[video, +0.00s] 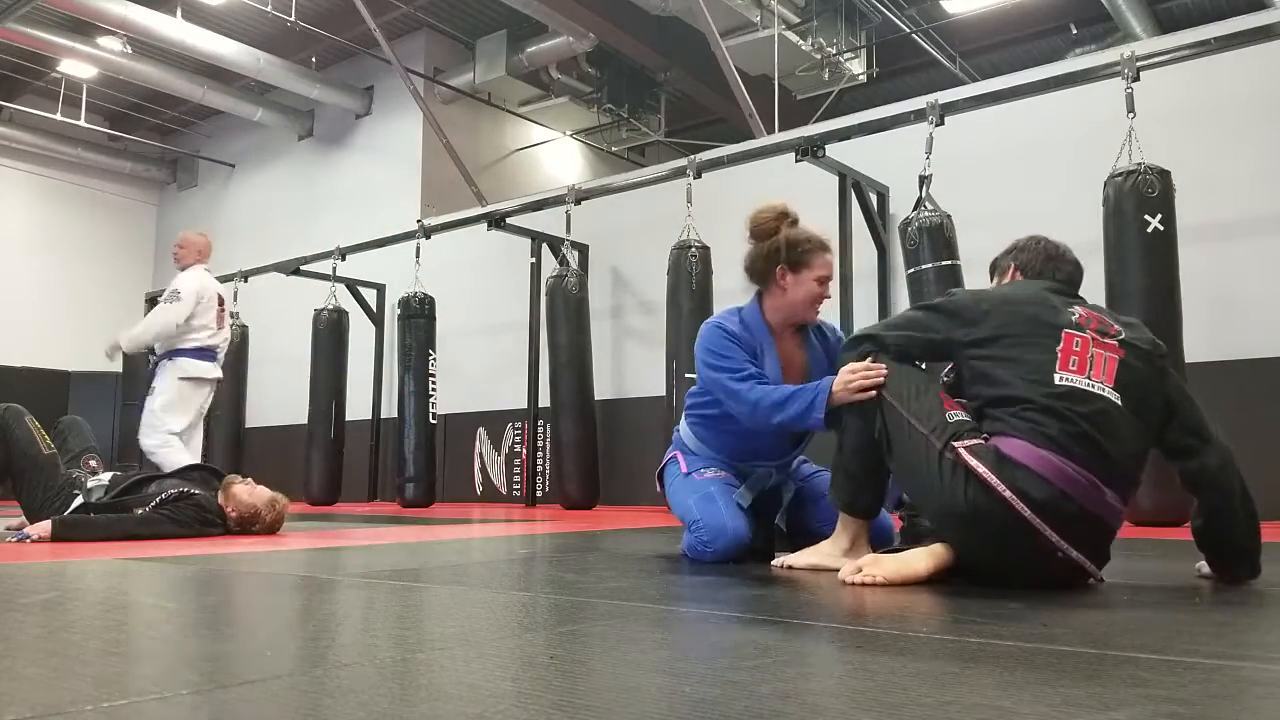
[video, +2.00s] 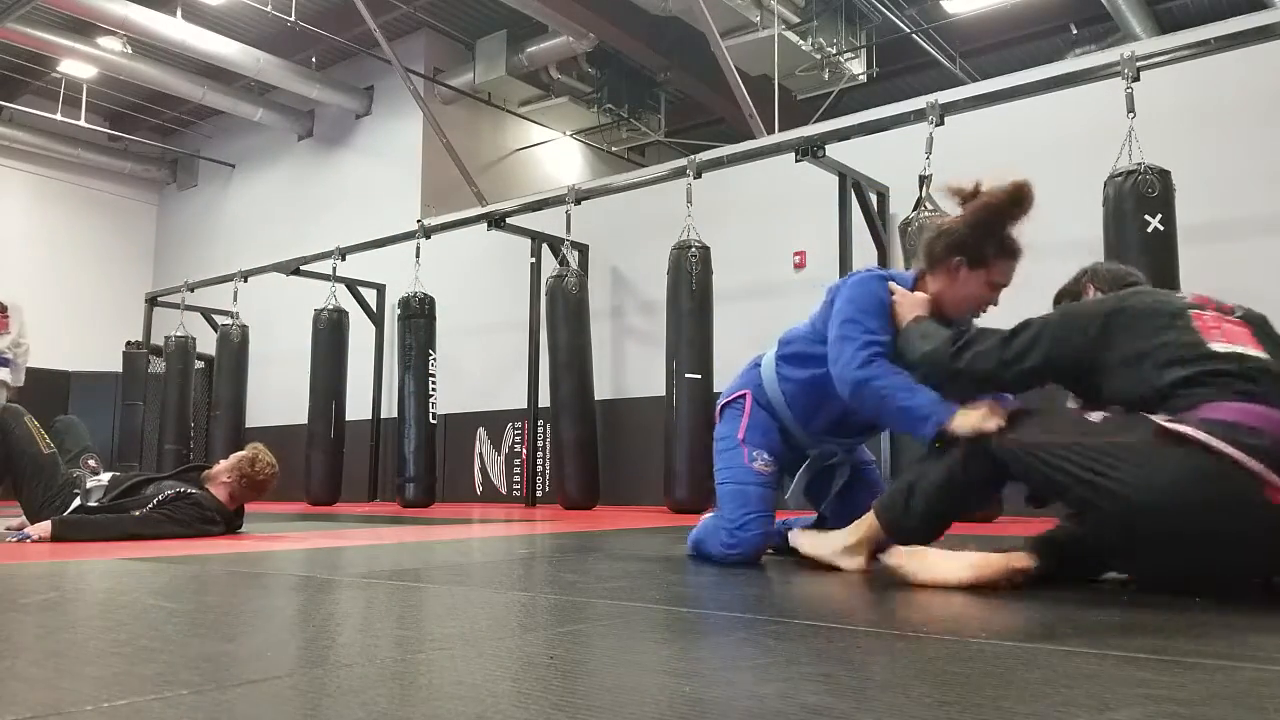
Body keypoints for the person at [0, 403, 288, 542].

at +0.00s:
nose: (247, 477)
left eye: (249, 489)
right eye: (255, 483)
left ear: (235, 511)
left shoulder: (199, 514)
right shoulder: (218, 485)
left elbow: (129, 525)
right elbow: (157, 479)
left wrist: (58, 526)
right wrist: (115, 479)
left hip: (69, 499)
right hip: (102, 482)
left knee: (11, 414)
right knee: (70, 422)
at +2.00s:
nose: (219, 461)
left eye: (226, 462)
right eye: (226, 459)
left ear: (229, 477)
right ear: (236, 486)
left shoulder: (198, 512)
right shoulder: (213, 495)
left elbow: (129, 524)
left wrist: (54, 526)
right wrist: (109, 479)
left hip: (66, 502)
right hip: (98, 486)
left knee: (11, 415)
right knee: (66, 422)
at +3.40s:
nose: (227, 466)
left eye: (232, 467)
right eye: (233, 465)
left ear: (233, 474)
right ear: (255, 503)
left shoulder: (199, 513)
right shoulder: (215, 492)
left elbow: (131, 524)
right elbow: (150, 488)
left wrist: (55, 527)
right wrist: (110, 480)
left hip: (65, 504)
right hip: (95, 488)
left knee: (9, 418)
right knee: (50, 421)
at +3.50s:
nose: (226, 465)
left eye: (232, 467)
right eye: (233, 464)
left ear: (231, 473)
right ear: (256, 502)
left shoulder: (200, 512)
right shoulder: (215, 494)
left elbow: (131, 524)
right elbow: (150, 487)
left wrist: (56, 527)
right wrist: (106, 479)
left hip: (66, 503)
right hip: (95, 487)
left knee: (10, 418)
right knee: (56, 422)